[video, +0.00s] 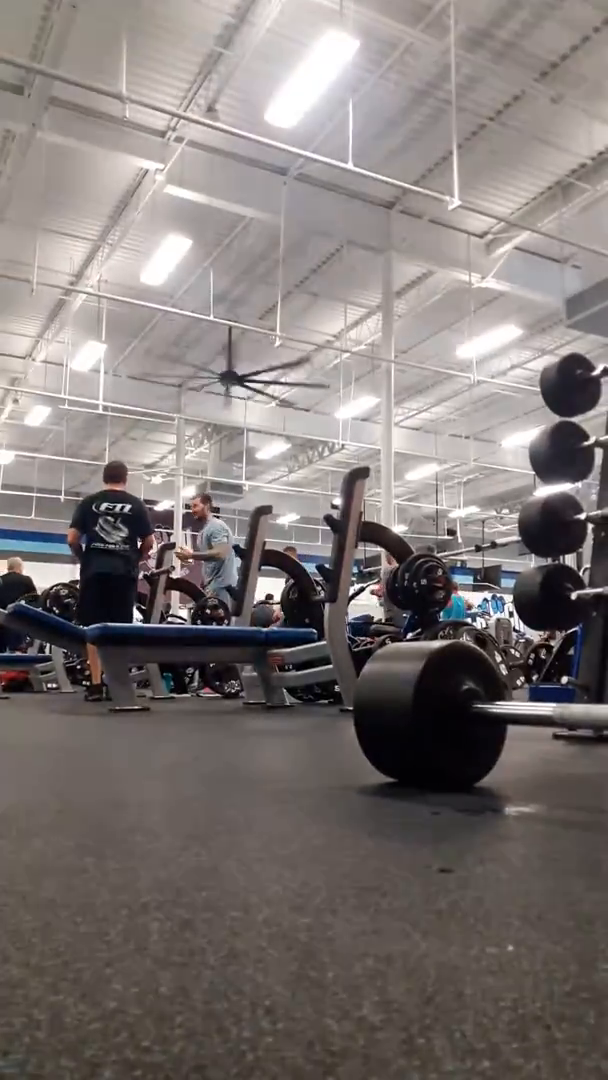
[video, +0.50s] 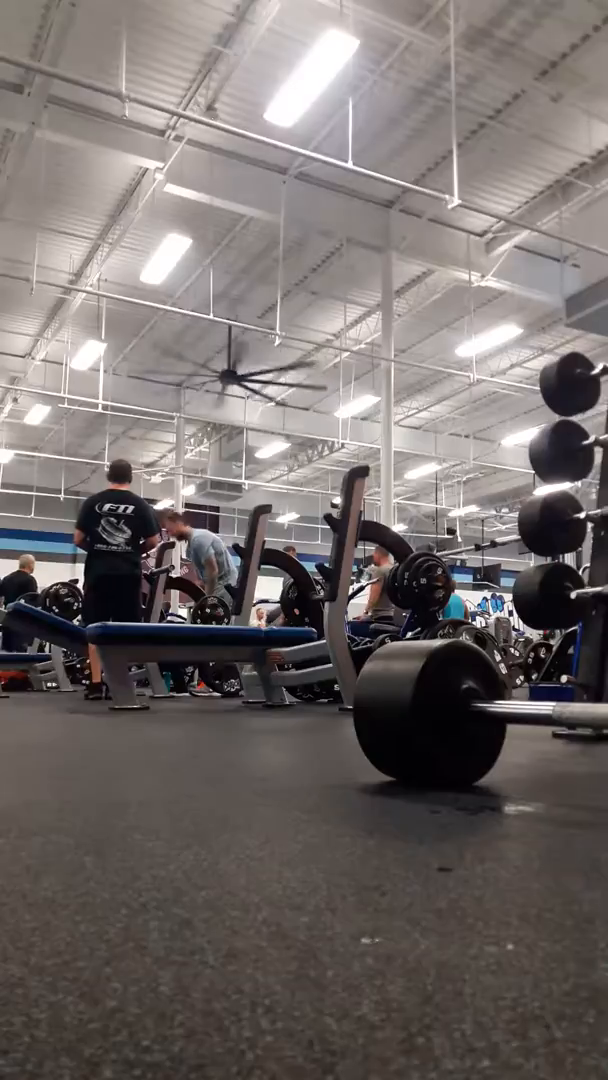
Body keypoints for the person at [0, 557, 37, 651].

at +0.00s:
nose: (23, 569)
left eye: (22, 567)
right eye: (22, 567)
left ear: (8, 568)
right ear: (20, 568)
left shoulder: (2, 579)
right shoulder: (26, 580)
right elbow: (35, 600)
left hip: (3, 620)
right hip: (21, 621)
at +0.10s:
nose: (26, 569)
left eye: (26, 567)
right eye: (26, 567)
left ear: (12, 567)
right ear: (23, 567)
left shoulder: (3, 579)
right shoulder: (29, 580)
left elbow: (1, 601)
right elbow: (36, 600)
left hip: (4, 619)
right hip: (24, 619)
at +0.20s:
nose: (29, 567)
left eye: (28, 565)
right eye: (28, 565)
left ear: (15, 565)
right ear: (26, 566)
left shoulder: (4, 579)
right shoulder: (31, 580)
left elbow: (2, 603)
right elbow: (37, 601)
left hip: (6, 620)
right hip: (26, 620)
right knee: (21, 649)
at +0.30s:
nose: (31, 568)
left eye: (31, 565)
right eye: (31, 565)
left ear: (17, 566)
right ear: (28, 566)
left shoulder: (5, 579)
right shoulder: (31, 580)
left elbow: (1, 599)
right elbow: (37, 600)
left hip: (7, 620)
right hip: (26, 621)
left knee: (8, 648)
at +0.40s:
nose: (33, 569)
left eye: (33, 566)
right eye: (32, 566)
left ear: (18, 565)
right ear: (29, 566)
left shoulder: (5, 579)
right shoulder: (31, 580)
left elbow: (1, 599)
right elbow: (36, 601)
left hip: (8, 620)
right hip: (26, 621)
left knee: (8, 648)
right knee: (22, 649)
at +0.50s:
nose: (34, 567)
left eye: (34, 565)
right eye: (33, 565)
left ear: (20, 564)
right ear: (30, 566)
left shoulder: (6, 579)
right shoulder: (30, 580)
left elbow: (1, 600)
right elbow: (33, 602)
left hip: (8, 621)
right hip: (25, 621)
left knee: (8, 648)